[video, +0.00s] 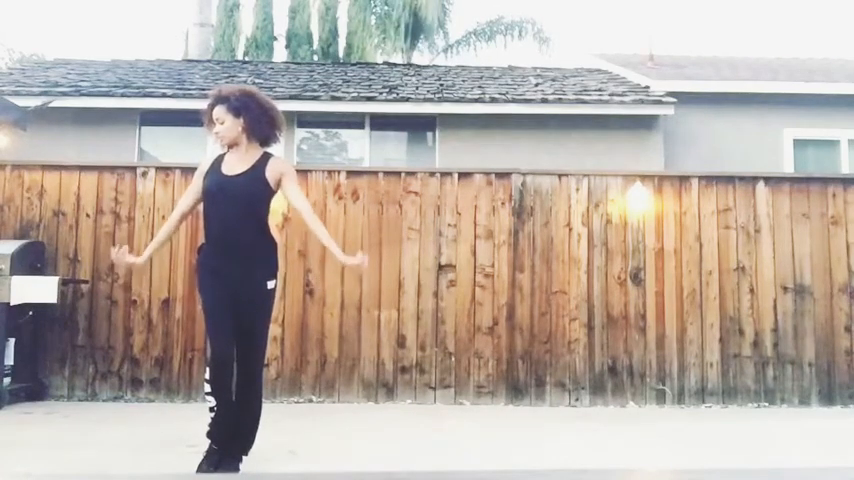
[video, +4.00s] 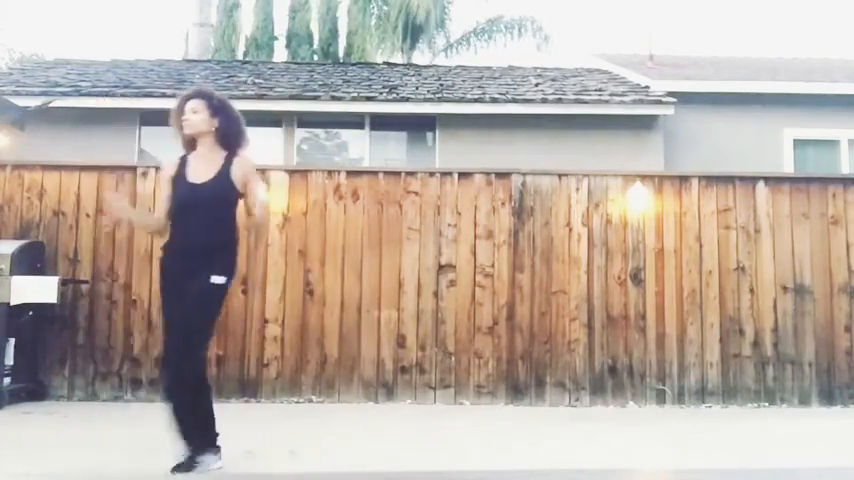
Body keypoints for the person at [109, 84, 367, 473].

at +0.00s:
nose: (215, 130)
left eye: (220, 122)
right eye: (213, 123)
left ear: (244, 120)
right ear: (221, 126)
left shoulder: (275, 165)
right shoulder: (213, 164)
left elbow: (305, 212)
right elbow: (179, 213)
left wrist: (341, 257)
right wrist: (143, 257)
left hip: (257, 273)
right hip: (214, 270)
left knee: (249, 363)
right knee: (221, 355)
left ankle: (237, 449)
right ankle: (220, 443)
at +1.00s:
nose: (234, 116)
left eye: (242, 110)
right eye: (229, 111)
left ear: (255, 117)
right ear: (220, 118)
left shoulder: (269, 151)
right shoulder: (210, 152)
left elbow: (276, 83)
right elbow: (195, 87)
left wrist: (239, 80)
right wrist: (233, 79)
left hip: (250, 263)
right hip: (209, 261)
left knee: (240, 355)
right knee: (208, 354)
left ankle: (229, 450)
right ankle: (213, 449)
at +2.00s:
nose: (309, 134)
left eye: (316, 127)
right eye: (301, 127)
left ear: (326, 135)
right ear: (290, 134)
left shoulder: (330, 169)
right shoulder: (278, 170)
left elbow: (332, 99)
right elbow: (259, 109)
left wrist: (296, 103)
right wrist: (298, 102)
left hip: (346, 280)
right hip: (303, 284)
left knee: (371, 372)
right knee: (263, 369)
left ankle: (379, 458)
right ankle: (232, 448)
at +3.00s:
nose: (161, 117)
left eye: (170, 111)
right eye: (159, 111)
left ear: (192, 119)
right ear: (157, 120)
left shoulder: (199, 160)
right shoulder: (151, 153)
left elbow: (233, 102)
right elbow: (106, 110)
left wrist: (229, 100)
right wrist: (149, 98)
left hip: (165, 273)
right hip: (140, 270)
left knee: (134, 365)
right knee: (149, 367)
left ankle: (93, 459)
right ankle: (212, 434)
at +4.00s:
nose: (188, 118)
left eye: (196, 112)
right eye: (185, 114)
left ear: (217, 118)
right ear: (182, 122)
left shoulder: (238, 163)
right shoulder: (175, 165)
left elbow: (259, 222)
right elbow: (158, 223)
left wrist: (260, 203)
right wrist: (126, 212)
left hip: (215, 264)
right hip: (175, 262)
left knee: (186, 353)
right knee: (177, 355)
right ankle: (198, 447)